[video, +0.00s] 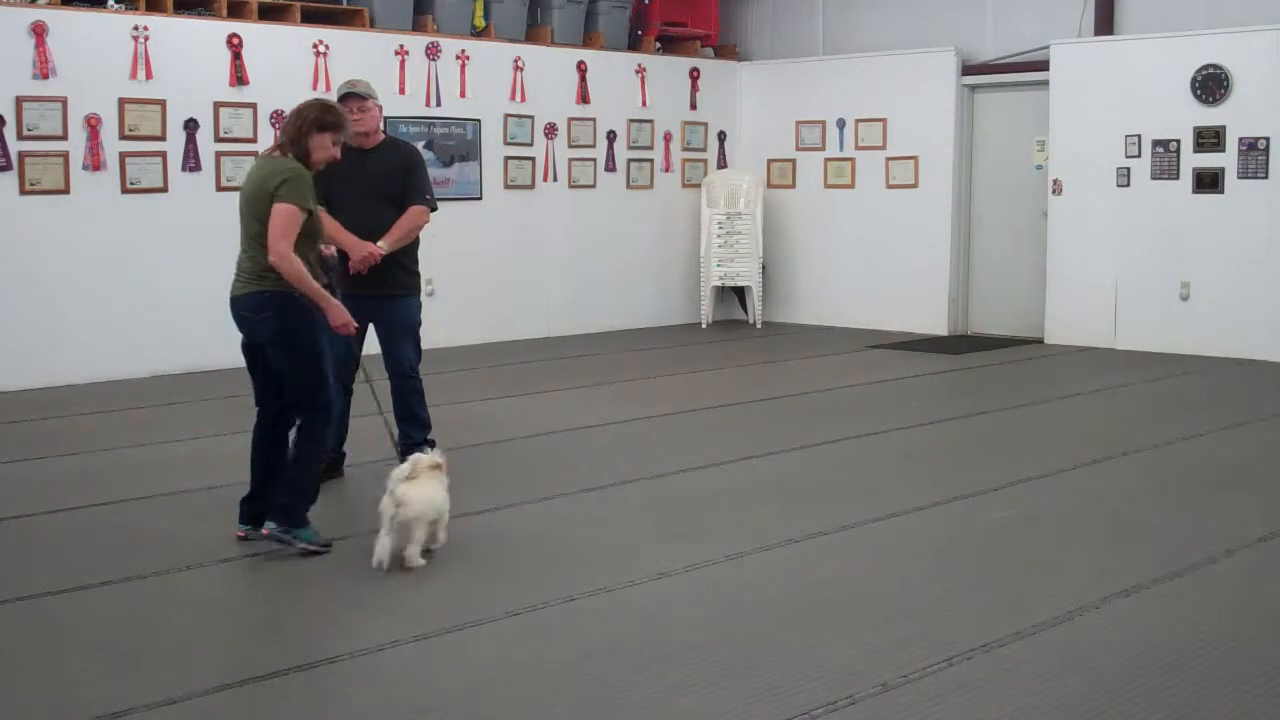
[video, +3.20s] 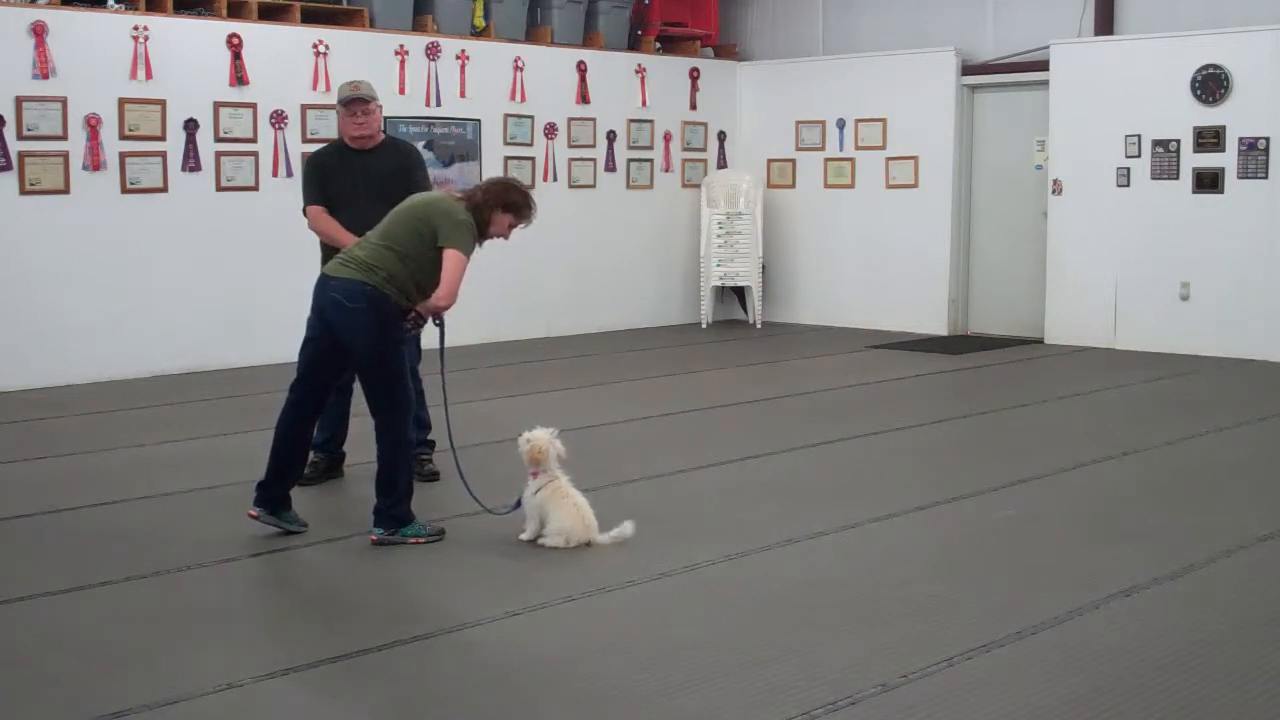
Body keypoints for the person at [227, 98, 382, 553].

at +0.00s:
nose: (336, 156)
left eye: (339, 147)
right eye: (332, 145)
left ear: (297, 137)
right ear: (308, 136)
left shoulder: (263, 168)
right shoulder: (294, 177)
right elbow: (279, 251)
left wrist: (328, 246)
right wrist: (329, 305)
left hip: (251, 301)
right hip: (283, 303)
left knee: (275, 409)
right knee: (321, 408)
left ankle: (256, 514)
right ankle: (289, 519)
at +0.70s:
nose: (344, 150)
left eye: (347, 142)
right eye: (341, 140)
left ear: (311, 133)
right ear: (317, 133)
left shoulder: (276, 170)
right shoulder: (305, 178)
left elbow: (303, 244)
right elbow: (295, 254)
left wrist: (349, 233)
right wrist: (343, 240)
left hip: (272, 299)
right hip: (299, 303)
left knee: (268, 408)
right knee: (311, 412)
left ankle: (256, 514)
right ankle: (315, 519)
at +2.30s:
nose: (363, 154)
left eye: (364, 146)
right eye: (358, 144)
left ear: (331, 140)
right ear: (335, 138)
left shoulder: (307, 177)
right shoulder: (314, 179)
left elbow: (331, 236)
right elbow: (317, 253)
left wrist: (356, 257)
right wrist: (348, 280)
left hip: (287, 306)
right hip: (303, 307)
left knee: (270, 414)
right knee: (351, 405)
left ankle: (256, 515)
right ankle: (375, 515)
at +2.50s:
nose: (414, 173)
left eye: (417, 166)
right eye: (411, 164)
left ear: (384, 153)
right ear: (388, 153)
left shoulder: (340, 181)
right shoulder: (367, 190)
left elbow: (332, 249)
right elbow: (363, 269)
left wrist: (375, 275)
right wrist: (377, 290)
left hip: (297, 306)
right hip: (329, 310)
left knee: (281, 413)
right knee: (373, 412)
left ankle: (256, 515)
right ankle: (391, 518)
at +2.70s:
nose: (465, 195)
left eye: (469, 188)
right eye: (464, 185)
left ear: (437, 171)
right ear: (444, 175)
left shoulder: (387, 187)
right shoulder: (413, 202)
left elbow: (362, 248)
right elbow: (402, 278)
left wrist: (397, 292)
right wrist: (400, 304)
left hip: (311, 296)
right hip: (347, 305)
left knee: (292, 404)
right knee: (382, 412)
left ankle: (261, 509)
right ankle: (391, 519)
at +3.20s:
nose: (509, 233)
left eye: (515, 227)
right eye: (511, 223)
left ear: (489, 201)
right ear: (494, 206)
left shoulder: (433, 203)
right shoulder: (460, 221)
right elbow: (445, 297)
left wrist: (419, 305)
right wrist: (424, 308)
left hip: (333, 291)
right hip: (372, 303)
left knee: (306, 398)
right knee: (395, 416)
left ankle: (270, 499)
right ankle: (393, 520)